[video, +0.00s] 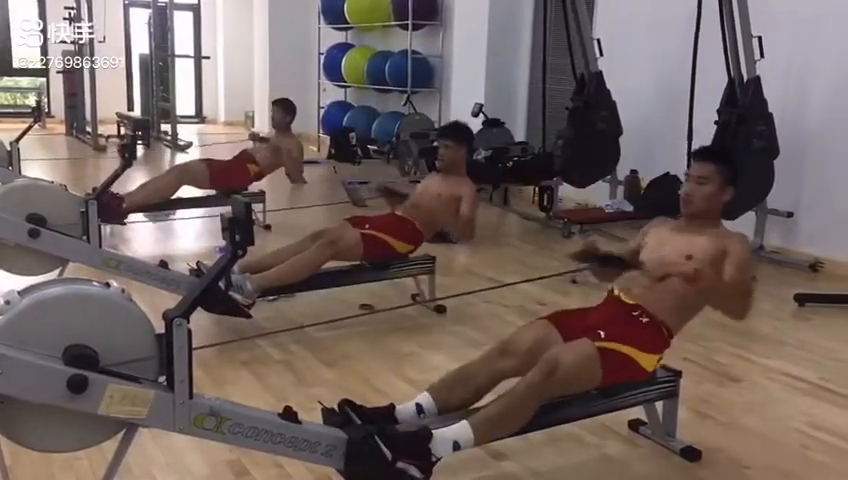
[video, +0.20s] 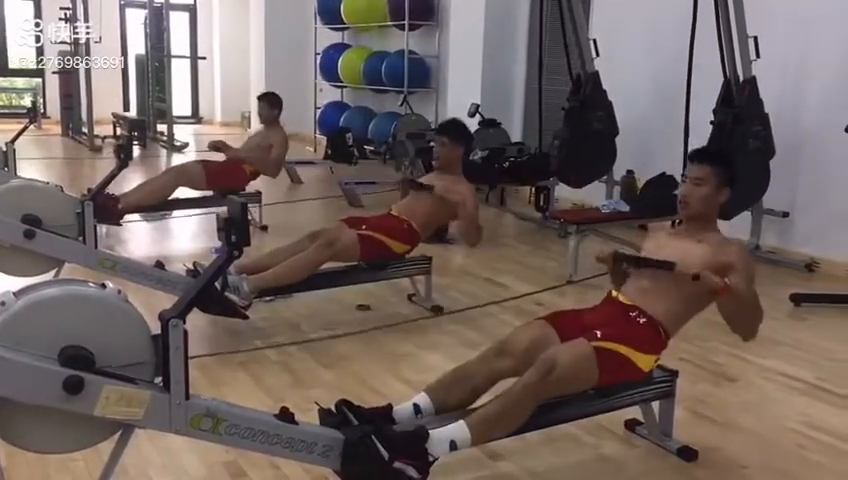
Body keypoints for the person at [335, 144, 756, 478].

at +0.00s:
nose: (688, 188)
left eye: (701, 182)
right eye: (688, 179)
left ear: (726, 194)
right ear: (684, 182)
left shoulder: (733, 243)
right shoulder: (658, 227)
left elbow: (739, 309)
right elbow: (627, 272)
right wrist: (599, 259)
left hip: (639, 337)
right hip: (600, 314)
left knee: (546, 372)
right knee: (509, 350)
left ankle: (432, 452)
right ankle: (397, 419)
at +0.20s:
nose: (686, 188)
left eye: (699, 182)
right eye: (686, 179)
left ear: (724, 196)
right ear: (683, 186)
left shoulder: (732, 252)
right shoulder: (658, 230)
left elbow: (749, 328)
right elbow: (627, 288)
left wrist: (725, 287)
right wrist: (612, 261)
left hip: (638, 337)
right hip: (600, 314)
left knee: (542, 374)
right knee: (504, 351)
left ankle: (428, 451)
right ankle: (391, 419)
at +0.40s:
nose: (666, 175)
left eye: (678, 168)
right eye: (666, 166)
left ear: (704, 178)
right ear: (663, 172)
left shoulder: (713, 238)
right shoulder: (642, 223)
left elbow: (730, 316)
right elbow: (621, 271)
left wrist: (689, 293)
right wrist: (585, 261)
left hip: (637, 337)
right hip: (599, 315)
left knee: (543, 372)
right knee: (504, 353)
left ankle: (429, 451)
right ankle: (393, 420)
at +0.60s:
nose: (643, 167)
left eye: (655, 158)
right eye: (642, 157)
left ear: (683, 166)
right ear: (639, 160)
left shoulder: (689, 227)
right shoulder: (620, 217)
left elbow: (689, 306)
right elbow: (574, 267)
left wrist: (628, 303)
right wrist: (537, 279)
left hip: (636, 334)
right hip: (590, 318)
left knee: (544, 379)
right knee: (504, 359)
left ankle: (427, 454)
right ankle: (393, 420)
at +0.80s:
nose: (625, 166)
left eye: (638, 157)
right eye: (624, 156)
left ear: (667, 164)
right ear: (622, 160)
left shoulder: (678, 225)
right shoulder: (608, 216)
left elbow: (654, 306)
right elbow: (553, 262)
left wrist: (581, 321)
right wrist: (502, 289)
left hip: (638, 336)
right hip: (595, 321)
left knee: (545, 381)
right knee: (503, 363)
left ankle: (433, 454)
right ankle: (395, 420)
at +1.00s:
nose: (614, 167)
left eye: (627, 159)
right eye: (613, 157)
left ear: (656, 166)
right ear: (608, 159)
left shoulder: (668, 226)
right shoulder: (601, 216)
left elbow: (633, 303)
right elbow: (540, 261)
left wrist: (571, 321)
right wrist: (491, 290)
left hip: (639, 338)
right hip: (598, 322)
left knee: (544, 387)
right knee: (500, 368)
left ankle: (432, 454)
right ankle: (395, 422)